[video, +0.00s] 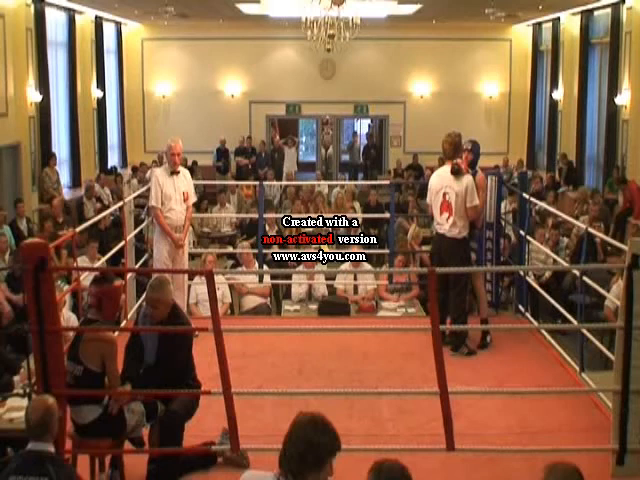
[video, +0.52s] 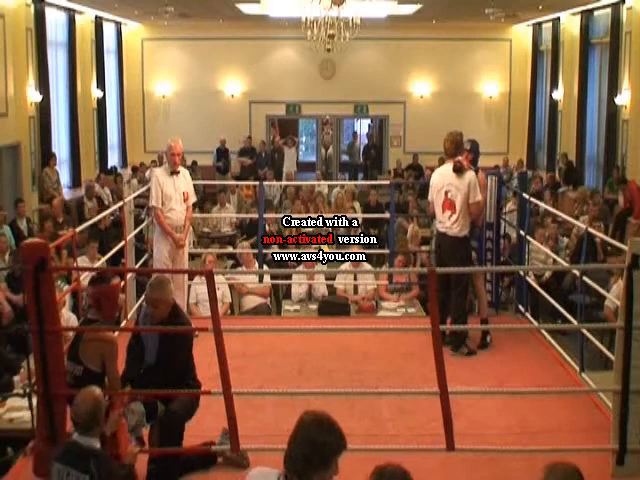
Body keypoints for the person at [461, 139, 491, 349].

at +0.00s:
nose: (466, 155)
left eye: (470, 152)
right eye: (465, 151)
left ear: (476, 155)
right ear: (461, 152)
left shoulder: (479, 176)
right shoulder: (456, 173)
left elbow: (480, 205)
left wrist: (474, 222)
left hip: (474, 229)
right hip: (457, 228)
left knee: (477, 278)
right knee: (457, 279)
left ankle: (484, 324)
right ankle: (455, 322)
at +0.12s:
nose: (466, 155)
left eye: (469, 152)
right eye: (464, 151)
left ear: (475, 155)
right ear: (461, 152)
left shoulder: (479, 176)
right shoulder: (456, 173)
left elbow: (480, 204)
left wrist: (474, 222)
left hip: (474, 229)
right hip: (457, 228)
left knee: (477, 279)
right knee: (458, 279)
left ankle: (484, 324)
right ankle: (456, 322)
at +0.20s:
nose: (465, 155)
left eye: (468, 152)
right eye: (464, 151)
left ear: (474, 155)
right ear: (462, 153)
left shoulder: (479, 176)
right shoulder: (457, 173)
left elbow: (480, 204)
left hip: (475, 229)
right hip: (459, 229)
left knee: (478, 279)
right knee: (459, 279)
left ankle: (484, 325)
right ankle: (456, 323)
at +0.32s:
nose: (465, 155)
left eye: (468, 152)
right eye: (464, 151)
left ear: (474, 155)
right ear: (461, 152)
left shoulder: (479, 176)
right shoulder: (456, 173)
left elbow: (481, 204)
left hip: (475, 231)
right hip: (459, 230)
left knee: (478, 280)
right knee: (459, 281)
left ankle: (484, 325)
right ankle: (456, 324)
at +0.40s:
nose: (463, 156)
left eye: (466, 152)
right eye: (463, 152)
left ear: (471, 154)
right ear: (466, 153)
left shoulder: (479, 176)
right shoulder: (457, 173)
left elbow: (481, 203)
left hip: (475, 229)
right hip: (460, 229)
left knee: (478, 279)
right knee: (461, 280)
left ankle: (484, 325)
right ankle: (456, 322)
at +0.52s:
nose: (462, 156)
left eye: (465, 153)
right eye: (462, 152)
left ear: (471, 155)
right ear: (468, 153)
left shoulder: (479, 176)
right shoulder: (458, 174)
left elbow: (481, 204)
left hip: (475, 231)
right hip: (462, 230)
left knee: (478, 280)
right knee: (463, 281)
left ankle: (484, 325)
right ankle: (456, 323)